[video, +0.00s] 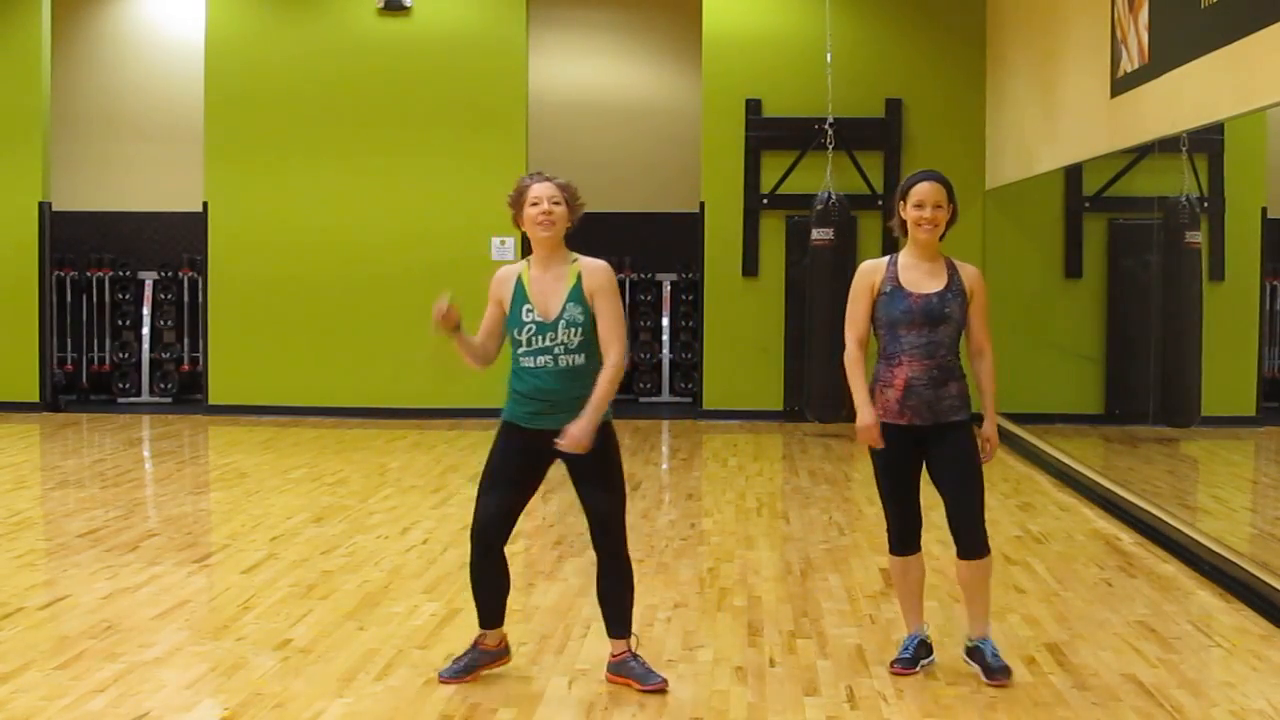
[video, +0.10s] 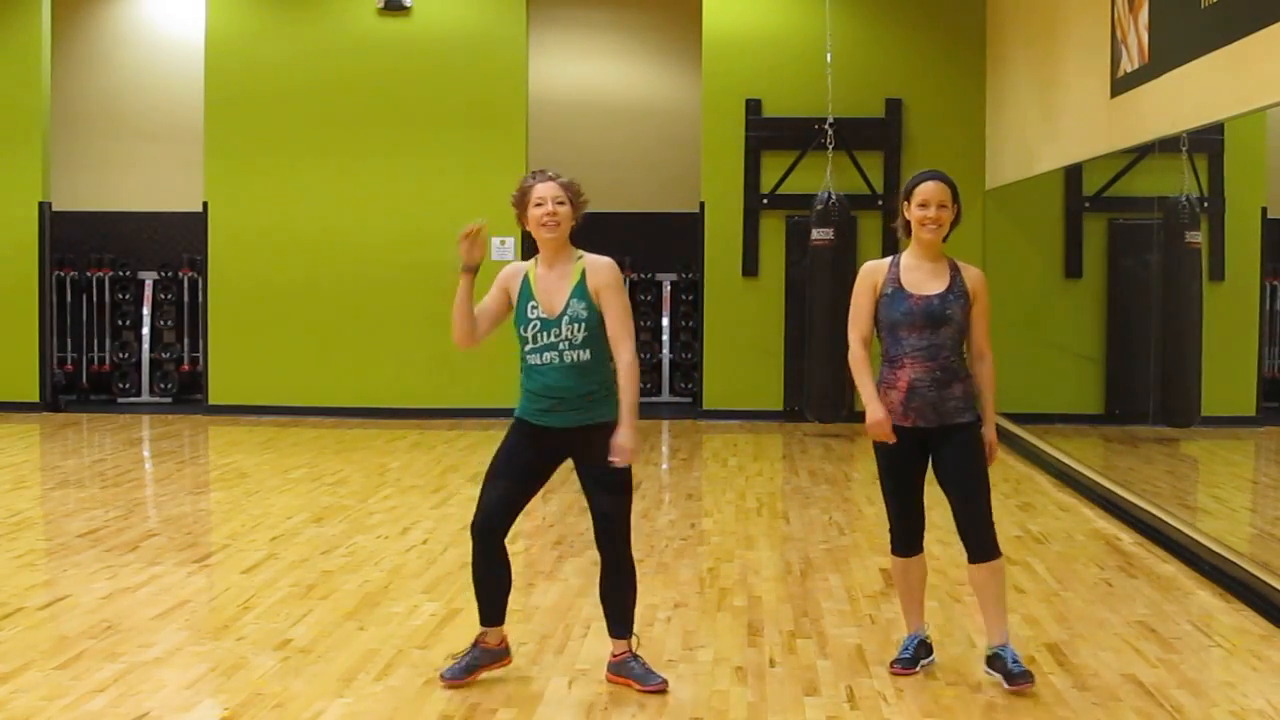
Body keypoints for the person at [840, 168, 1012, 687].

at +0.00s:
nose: (928, 214)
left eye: (937, 207)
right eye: (918, 205)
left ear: (949, 215)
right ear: (902, 211)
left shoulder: (967, 277)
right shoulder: (873, 273)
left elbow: (980, 351)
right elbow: (854, 347)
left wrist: (989, 416)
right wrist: (864, 409)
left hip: (951, 422)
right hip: (891, 424)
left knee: (972, 532)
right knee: (903, 534)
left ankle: (979, 639)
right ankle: (916, 636)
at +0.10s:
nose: (931, 214)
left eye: (941, 206)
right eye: (922, 204)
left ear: (954, 214)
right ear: (906, 211)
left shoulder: (970, 279)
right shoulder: (875, 274)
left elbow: (980, 354)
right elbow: (857, 346)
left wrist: (989, 419)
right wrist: (872, 405)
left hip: (958, 423)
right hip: (897, 425)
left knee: (980, 533)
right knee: (906, 535)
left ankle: (1000, 647)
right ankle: (915, 637)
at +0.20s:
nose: (938, 213)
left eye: (947, 206)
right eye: (929, 205)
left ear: (960, 215)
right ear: (911, 211)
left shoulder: (977, 280)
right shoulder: (881, 276)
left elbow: (984, 357)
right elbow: (867, 347)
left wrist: (994, 425)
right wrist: (878, 406)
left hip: (966, 422)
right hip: (905, 425)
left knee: (991, 536)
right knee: (909, 536)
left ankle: (1018, 649)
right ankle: (916, 637)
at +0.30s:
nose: (946, 213)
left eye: (956, 205)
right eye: (937, 204)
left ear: (969, 215)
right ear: (919, 212)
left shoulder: (987, 281)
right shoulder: (889, 279)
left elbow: (999, 356)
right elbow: (875, 353)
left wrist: (1010, 423)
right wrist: (885, 417)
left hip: (979, 426)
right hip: (915, 427)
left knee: (1002, 539)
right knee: (914, 537)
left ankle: (1026, 654)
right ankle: (917, 637)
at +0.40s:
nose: (955, 212)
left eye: (964, 204)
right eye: (944, 204)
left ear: (978, 215)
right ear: (927, 215)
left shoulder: (1000, 280)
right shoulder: (902, 283)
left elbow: (1018, 356)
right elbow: (886, 358)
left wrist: (1027, 426)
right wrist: (892, 426)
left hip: (993, 430)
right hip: (927, 431)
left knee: (1012, 546)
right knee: (916, 541)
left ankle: (1025, 660)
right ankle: (915, 633)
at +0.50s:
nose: (961, 209)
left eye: (970, 200)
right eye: (951, 201)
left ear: (986, 212)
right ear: (935, 215)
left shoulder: (1012, 276)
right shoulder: (913, 284)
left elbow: (1032, 352)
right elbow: (900, 361)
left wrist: (1040, 421)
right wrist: (899, 430)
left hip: (1004, 432)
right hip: (936, 432)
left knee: (1020, 548)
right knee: (906, 542)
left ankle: (1027, 661)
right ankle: (909, 623)